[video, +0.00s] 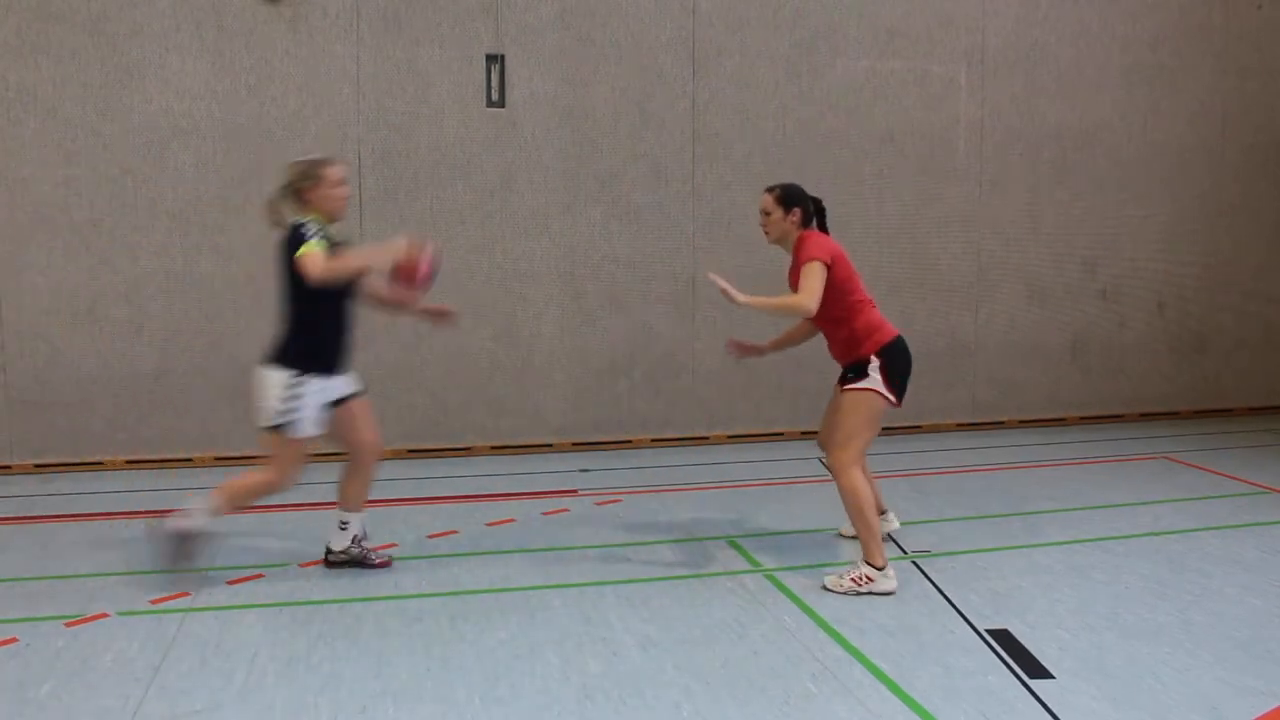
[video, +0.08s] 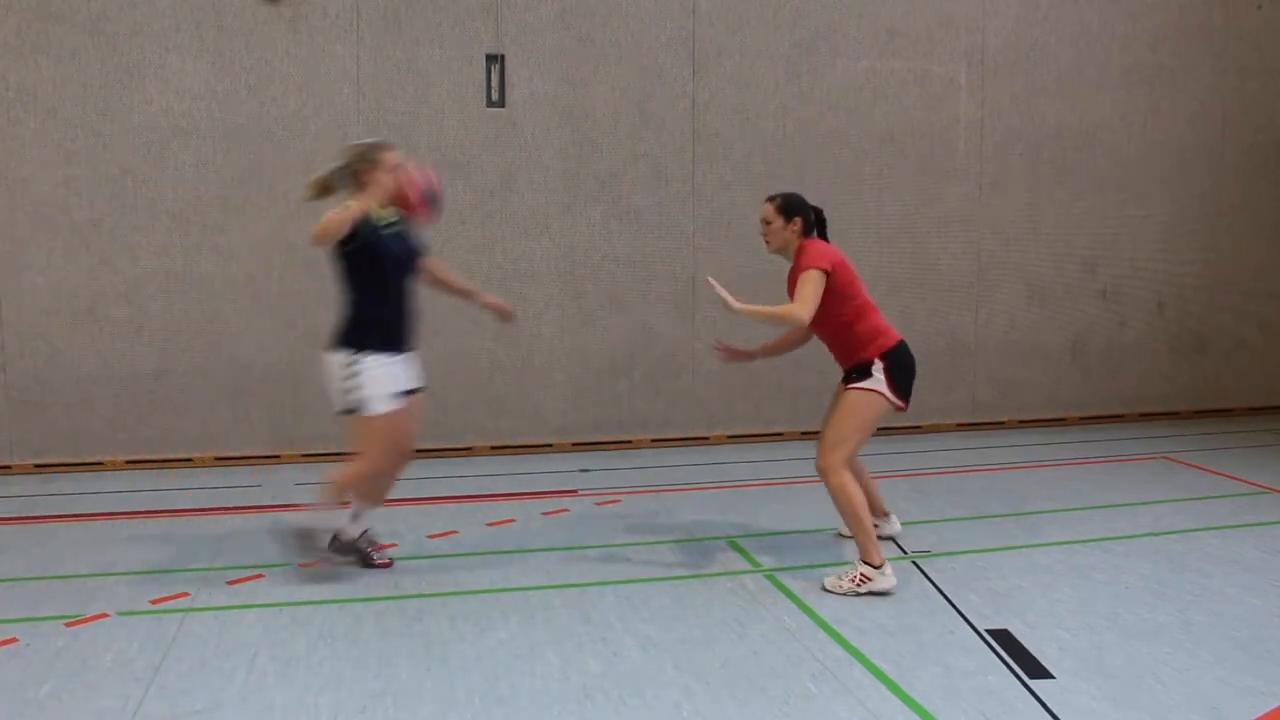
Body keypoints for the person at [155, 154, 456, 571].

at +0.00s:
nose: (345, 193)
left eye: (345, 185)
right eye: (336, 185)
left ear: (328, 192)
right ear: (309, 193)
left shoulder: (332, 243)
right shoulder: (305, 234)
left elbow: (365, 287)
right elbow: (316, 271)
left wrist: (416, 306)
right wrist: (388, 253)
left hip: (333, 374)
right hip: (294, 375)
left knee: (366, 448)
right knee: (279, 474)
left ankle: (344, 543)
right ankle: (189, 520)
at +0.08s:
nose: (400, 177)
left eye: (400, 169)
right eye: (392, 170)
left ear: (397, 178)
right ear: (367, 175)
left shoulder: (395, 223)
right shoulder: (351, 218)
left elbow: (431, 269)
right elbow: (321, 235)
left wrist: (481, 298)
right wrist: (367, 199)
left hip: (397, 353)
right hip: (362, 354)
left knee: (401, 448)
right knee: (380, 452)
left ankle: (352, 530)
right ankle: (316, 520)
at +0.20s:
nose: (490, 172)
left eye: (490, 164)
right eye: (481, 164)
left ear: (480, 172)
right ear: (455, 170)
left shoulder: (484, 219)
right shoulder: (436, 213)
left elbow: (498, 274)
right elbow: (378, 228)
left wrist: (544, 308)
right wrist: (370, 172)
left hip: (486, 345)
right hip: (450, 347)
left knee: (510, 434)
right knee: (475, 444)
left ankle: (447, 501)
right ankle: (460, 545)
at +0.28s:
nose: (550, 186)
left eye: (550, 178)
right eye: (541, 178)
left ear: (539, 187)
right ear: (516, 184)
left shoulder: (541, 229)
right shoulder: (496, 225)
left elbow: (542, 290)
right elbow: (443, 240)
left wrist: (574, 321)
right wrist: (409, 182)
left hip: (542, 358)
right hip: (504, 363)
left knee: (586, 426)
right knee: (519, 460)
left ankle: (582, 516)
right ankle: (471, 549)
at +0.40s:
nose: (630, 206)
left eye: (628, 199)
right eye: (621, 200)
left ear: (608, 209)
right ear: (596, 208)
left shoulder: (618, 251)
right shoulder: (586, 247)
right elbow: (552, 259)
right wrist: (517, 206)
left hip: (634, 378)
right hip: (598, 380)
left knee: (686, 437)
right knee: (571, 471)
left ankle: (698, 525)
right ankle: (488, 535)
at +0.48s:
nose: (674, 208)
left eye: (673, 201)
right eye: (665, 202)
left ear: (658, 210)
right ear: (641, 210)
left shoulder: (662, 254)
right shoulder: (635, 249)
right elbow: (614, 262)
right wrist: (592, 209)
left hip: (677, 376)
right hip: (641, 380)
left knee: (726, 440)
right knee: (626, 472)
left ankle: (710, 522)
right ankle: (541, 529)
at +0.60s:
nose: (719, 203)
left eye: (718, 196)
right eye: (711, 197)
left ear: (702, 204)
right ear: (688, 203)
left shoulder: (706, 247)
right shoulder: (685, 241)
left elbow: (712, 320)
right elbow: (677, 257)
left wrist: (749, 342)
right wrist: (660, 198)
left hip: (720, 370)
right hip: (693, 372)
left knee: (754, 443)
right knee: (673, 464)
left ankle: (711, 522)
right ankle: (585, 532)